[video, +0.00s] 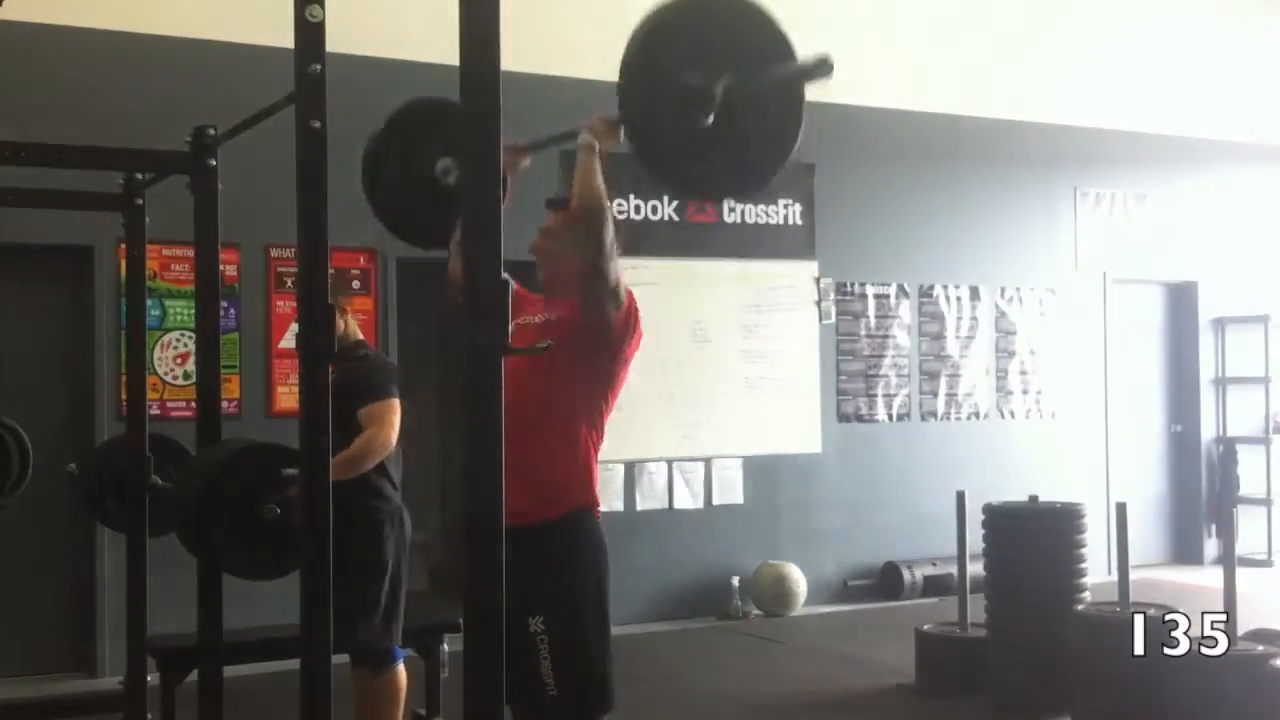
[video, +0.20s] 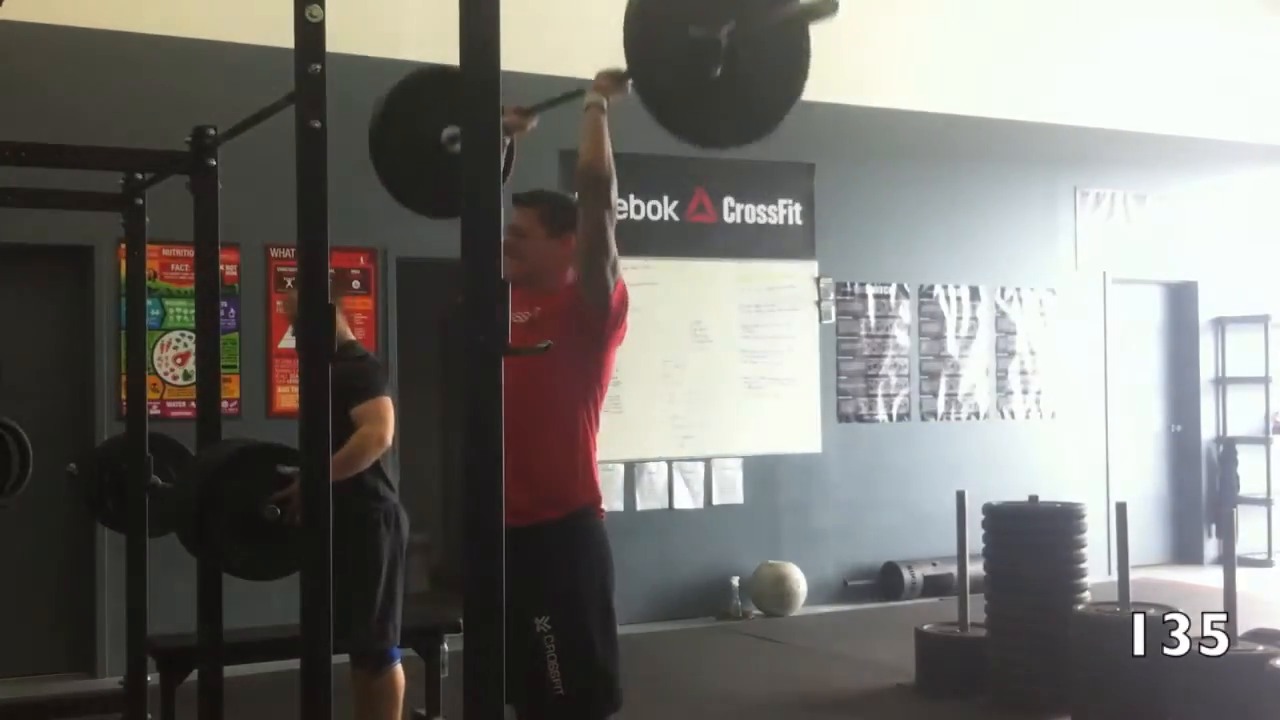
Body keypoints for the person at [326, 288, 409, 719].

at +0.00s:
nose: (315, 331)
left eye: (321, 319)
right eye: (311, 321)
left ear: (342, 315)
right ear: (327, 318)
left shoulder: (369, 366)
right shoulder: (327, 370)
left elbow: (382, 436)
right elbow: (326, 438)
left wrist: (319, 474)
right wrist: (299, 478)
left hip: (374, 513)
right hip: (344, 511)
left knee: (377, 646)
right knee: (360, 645)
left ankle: (388, 718)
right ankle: (368, 717)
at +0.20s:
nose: (288, 316)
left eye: (294, 306)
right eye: (289, 307)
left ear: (313, 309)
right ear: (331, 306)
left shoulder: (356, 364)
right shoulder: (328, 365)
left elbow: (378, 432)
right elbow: (340, 439)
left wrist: (314, 479)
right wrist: (305, 487)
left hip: (371, 516)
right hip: (346, 513)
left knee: (377, 650)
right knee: (361, 649)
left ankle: (387, 719)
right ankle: (369, 717)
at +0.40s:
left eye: (291, 300)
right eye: (286, 296)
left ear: (314, 312)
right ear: (319, 309)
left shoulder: (352, 364)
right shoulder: (325, 363)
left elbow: (374, 432)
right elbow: (335, 439)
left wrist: (311, 481)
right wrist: (302, 484)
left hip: (370, 515)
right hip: (348, 513)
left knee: (374, 651)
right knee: (364, 649)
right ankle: (371, 717)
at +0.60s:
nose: (287, 335)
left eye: (293, 324)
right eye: (283, 325)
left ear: (317, 321)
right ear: (287, 328)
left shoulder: (352, 366)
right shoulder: (314, 372)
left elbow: (372, 434)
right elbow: (304, 430)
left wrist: (311, 482)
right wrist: (260, 458)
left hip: (370, 516)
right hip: (341, 515)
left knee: (374, 650)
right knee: (361, 648)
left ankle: (385, 718)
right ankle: (369, 716)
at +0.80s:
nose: (280, 330)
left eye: (287, 319)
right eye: (276, 321)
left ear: (313, 318)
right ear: (279, 324)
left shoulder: (347, 367)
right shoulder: (308, 372)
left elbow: (367, 427)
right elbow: (283, 424)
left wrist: (307, 476)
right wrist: (241, 460)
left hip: (367, 519)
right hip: (338, 518)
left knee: (372, 651)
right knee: (357, 649)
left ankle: (385, 718)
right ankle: (368, 715)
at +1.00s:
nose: (285, 331)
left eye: (292, 321)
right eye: (282, 322)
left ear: (317, 319)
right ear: (287, 325)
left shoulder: (352, 366)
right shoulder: (316, 371)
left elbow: (368, 431)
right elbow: (287, 425)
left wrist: (305, 476)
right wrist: (246, 463)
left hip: (371, 519)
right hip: (339, 519)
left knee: (376, 649)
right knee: (350, 649)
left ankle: (389, 719)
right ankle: (363, 717)